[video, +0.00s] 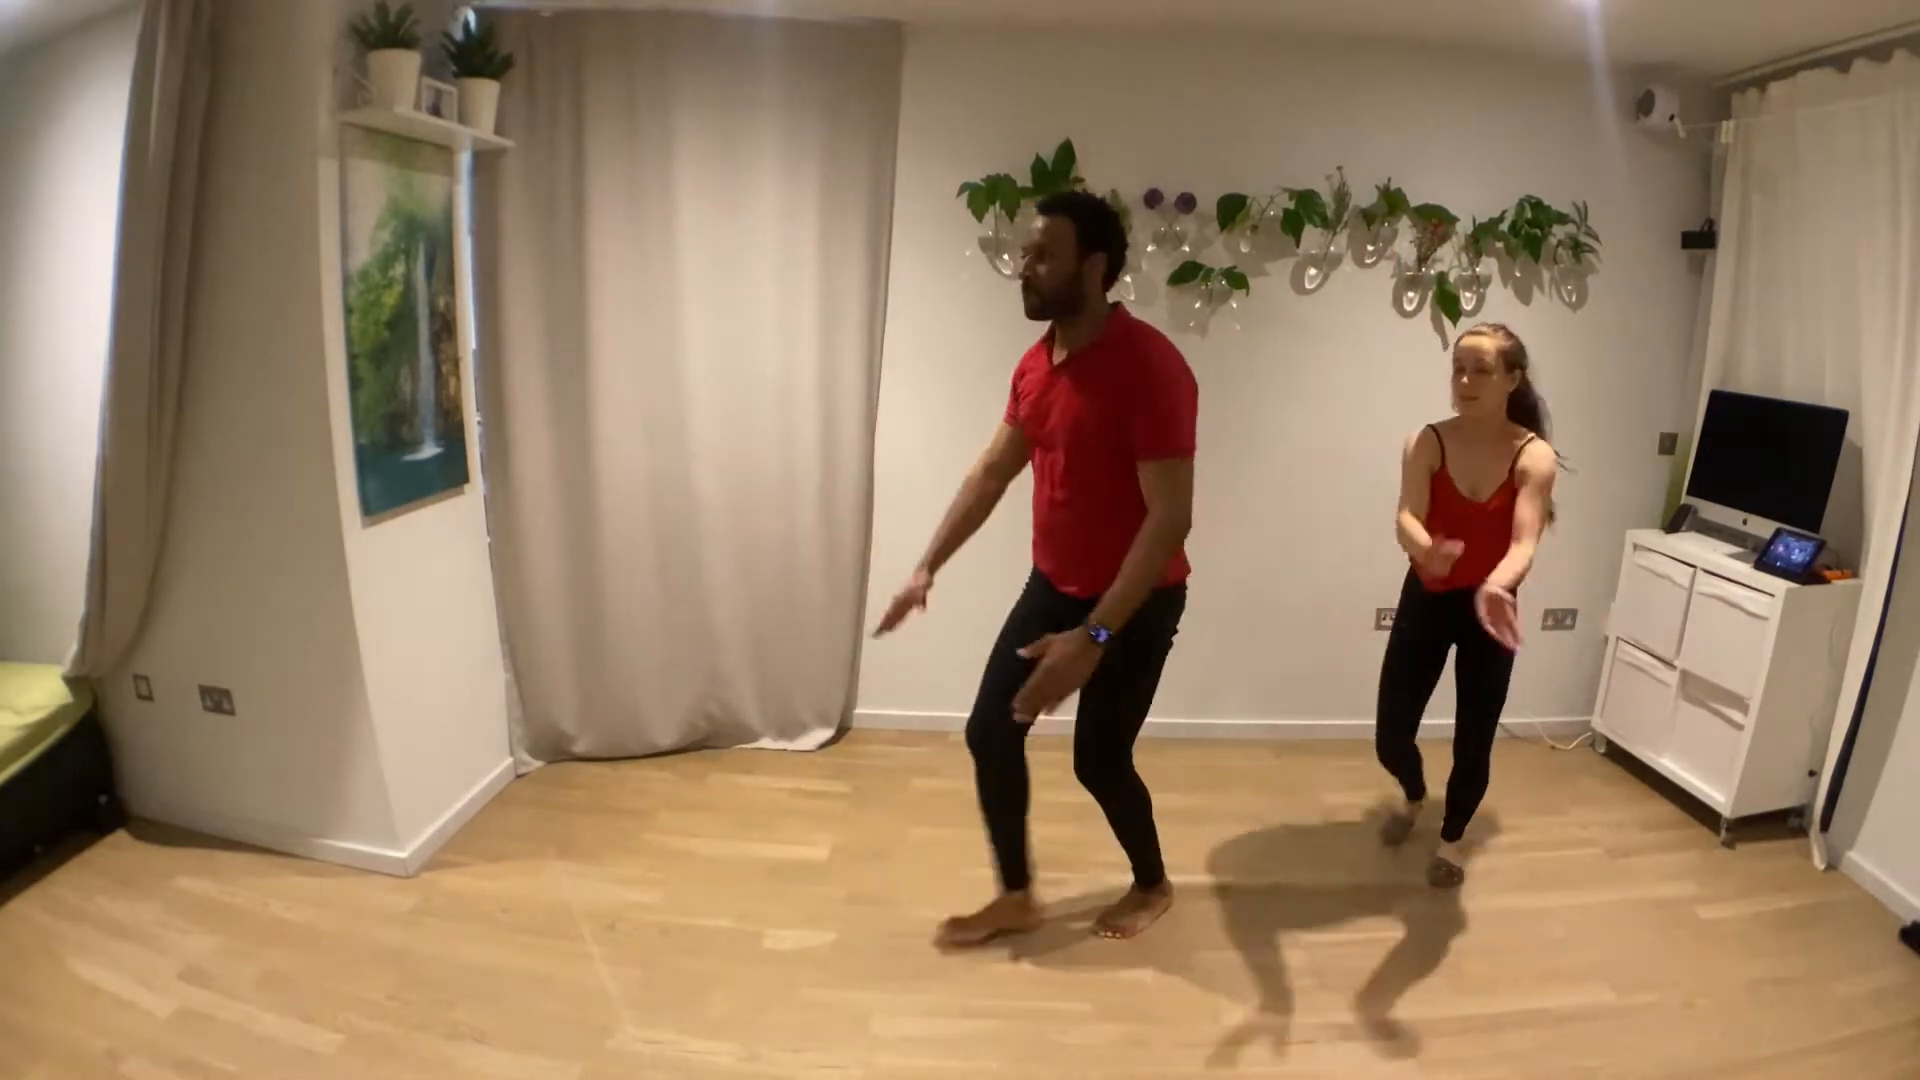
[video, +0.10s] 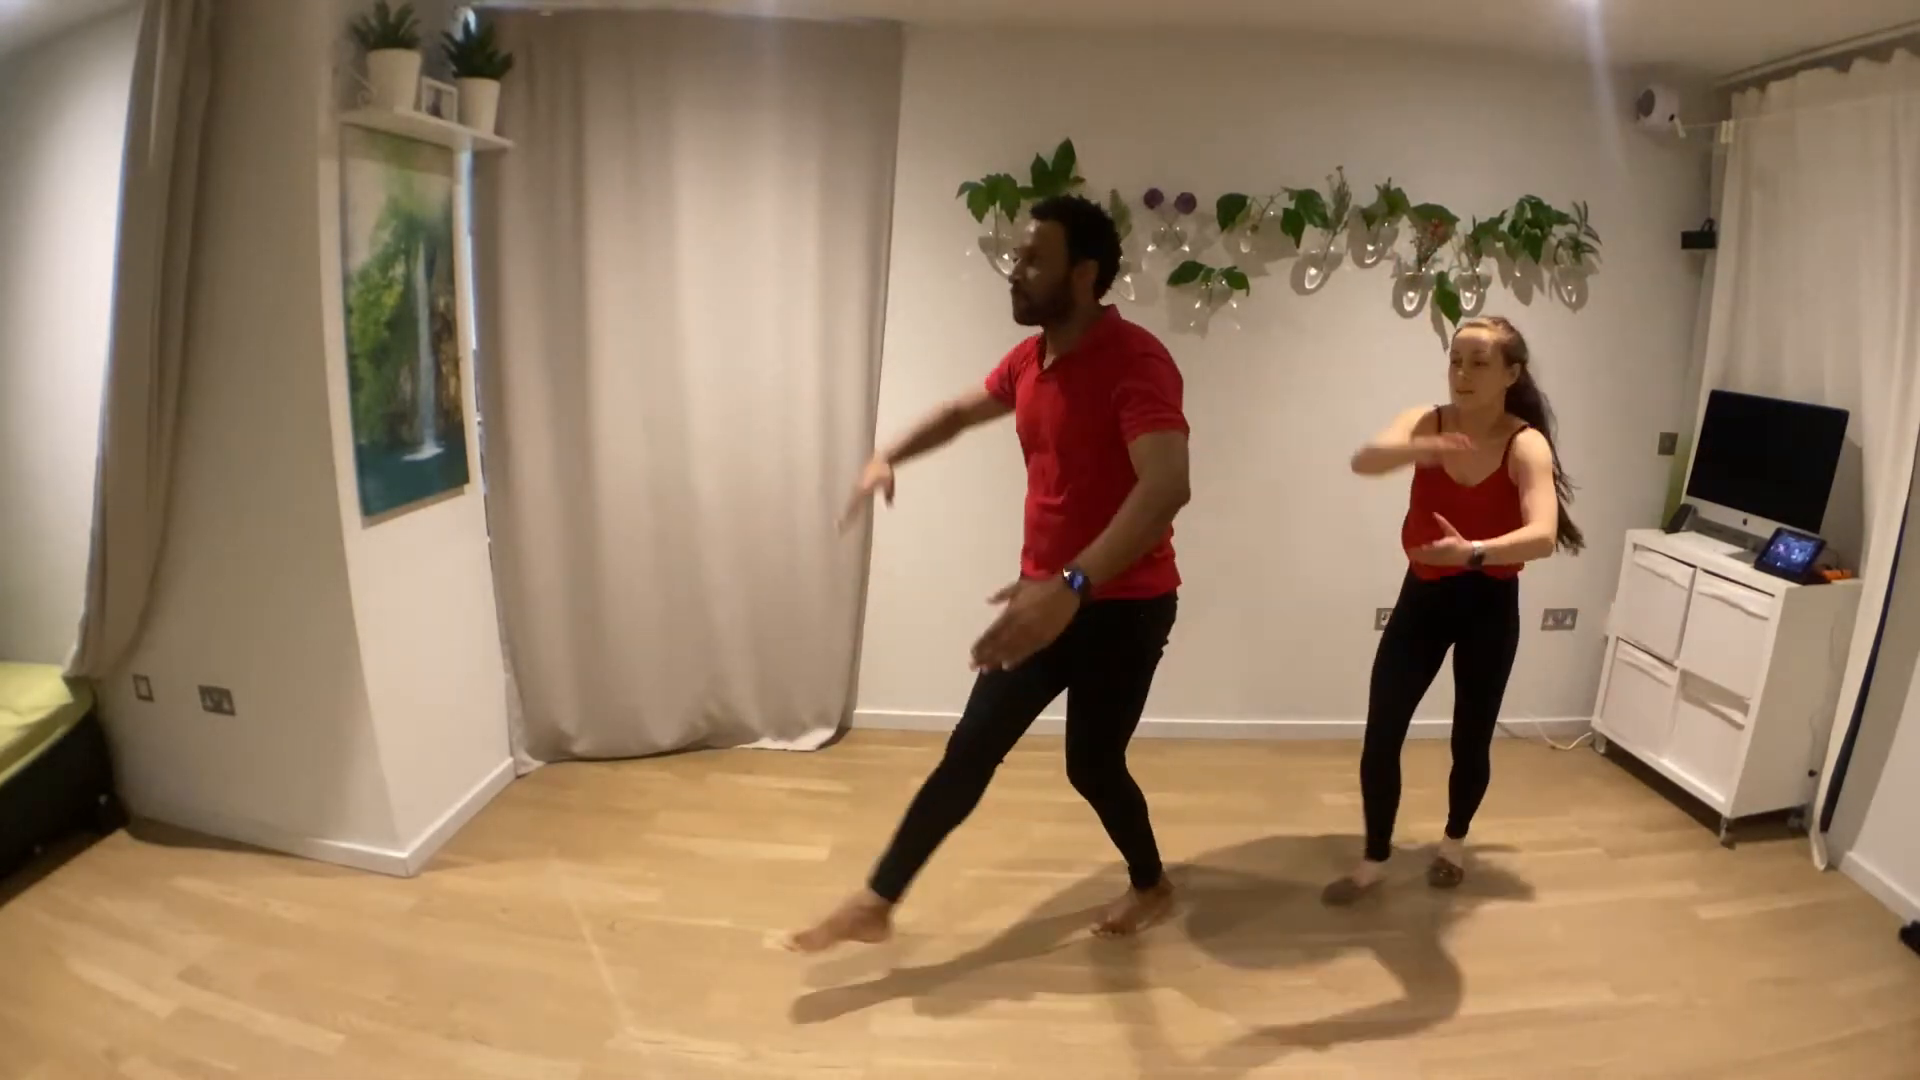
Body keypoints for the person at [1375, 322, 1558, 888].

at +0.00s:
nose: (1465, 381)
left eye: (1480, 371)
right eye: (1459, 370)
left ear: (1513, 380)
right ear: (1451, 374)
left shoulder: (1534, 455)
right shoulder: (1429, 441)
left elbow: (1525, 541)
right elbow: (1408, 514)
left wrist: (1497, 583)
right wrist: (1425, 549)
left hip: (1489, 607)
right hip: (1426, 600)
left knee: (1473, 743)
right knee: (1390, 740)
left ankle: (1451, 842)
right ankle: (1417, 795)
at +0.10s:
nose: (1462, 372)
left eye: (1478, 363)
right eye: (1456, 361)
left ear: (1510, 374)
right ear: (1447, 366)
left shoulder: (1526, 445)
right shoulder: (1428, 422)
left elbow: (1544, 535)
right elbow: (1365, 461)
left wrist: (1473, 552)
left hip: (1489, 607)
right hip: (1424, 598)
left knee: (1470, 740)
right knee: (1382, 730)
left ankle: (1453, 843)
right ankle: (1373, 859)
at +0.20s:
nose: (1453, 367)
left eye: (1470, 357)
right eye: (1448, 355)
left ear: (1504, 367)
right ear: (1439, 360)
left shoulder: (1518, 436)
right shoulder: (1422, 408)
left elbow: (1570, 500)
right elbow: (1334, 373)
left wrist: (1488, 536)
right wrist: (1376, 366)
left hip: (1479, 608)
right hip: (1412, 601)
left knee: (1463, 739)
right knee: (1380, 744)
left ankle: (1455, 838)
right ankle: (1335, 881)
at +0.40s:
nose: (1418, 362)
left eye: (1435, 353)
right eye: (1414, 351)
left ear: (1474, 365)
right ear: (1410, 358)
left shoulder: (1488, 430)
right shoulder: (1401, 405)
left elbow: (1584, 460)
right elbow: (1364, 332)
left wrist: (1600, 527)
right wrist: (1336, 269)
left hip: (1436, 615)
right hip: (1368, 611)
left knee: (1436, 753)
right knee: (1350, 770)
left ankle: (1452, 834)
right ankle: (1350, 908)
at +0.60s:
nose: (1380, 379)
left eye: (1397, 368)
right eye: (1377, 368)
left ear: (1436, 382)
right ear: (1370, 377)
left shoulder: (1453, 462)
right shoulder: (1374, 429)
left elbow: (1552, 486)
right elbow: (1353, 366)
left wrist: (1648, 507)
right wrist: (1360, 293)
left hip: (1378, 646)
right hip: (1318, 636)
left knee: (1352, 817)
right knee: (1318, 797)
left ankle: (1427, 815)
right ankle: (1349, 918)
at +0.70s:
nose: (1357, 386)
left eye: (1373, 376)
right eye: (1353, 373)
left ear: (1415, 390)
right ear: (1349, 381)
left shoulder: (1431, 478)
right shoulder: (1350, 444)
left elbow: (1542, 518)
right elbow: (1341, 390)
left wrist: (1649, 520)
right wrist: (1364, 332)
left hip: (1361, 659)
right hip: (1305, 646)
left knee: (1280, 809)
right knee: (1305, 796)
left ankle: (1388, 820)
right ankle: (1348, 919)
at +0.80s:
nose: (1332, 390)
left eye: (1350, 380)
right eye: (1329, 378)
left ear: (1394, 397)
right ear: (1323, 385)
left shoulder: (1401, 487)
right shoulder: (1321, 455)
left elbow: (1500, 553)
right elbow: (1289, 412)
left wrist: (1610, 581)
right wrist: (1311, 349)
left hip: (1350, 671)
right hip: (1296, 660)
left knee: (1227, 778)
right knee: (1298, 810)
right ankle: (1348, 920)